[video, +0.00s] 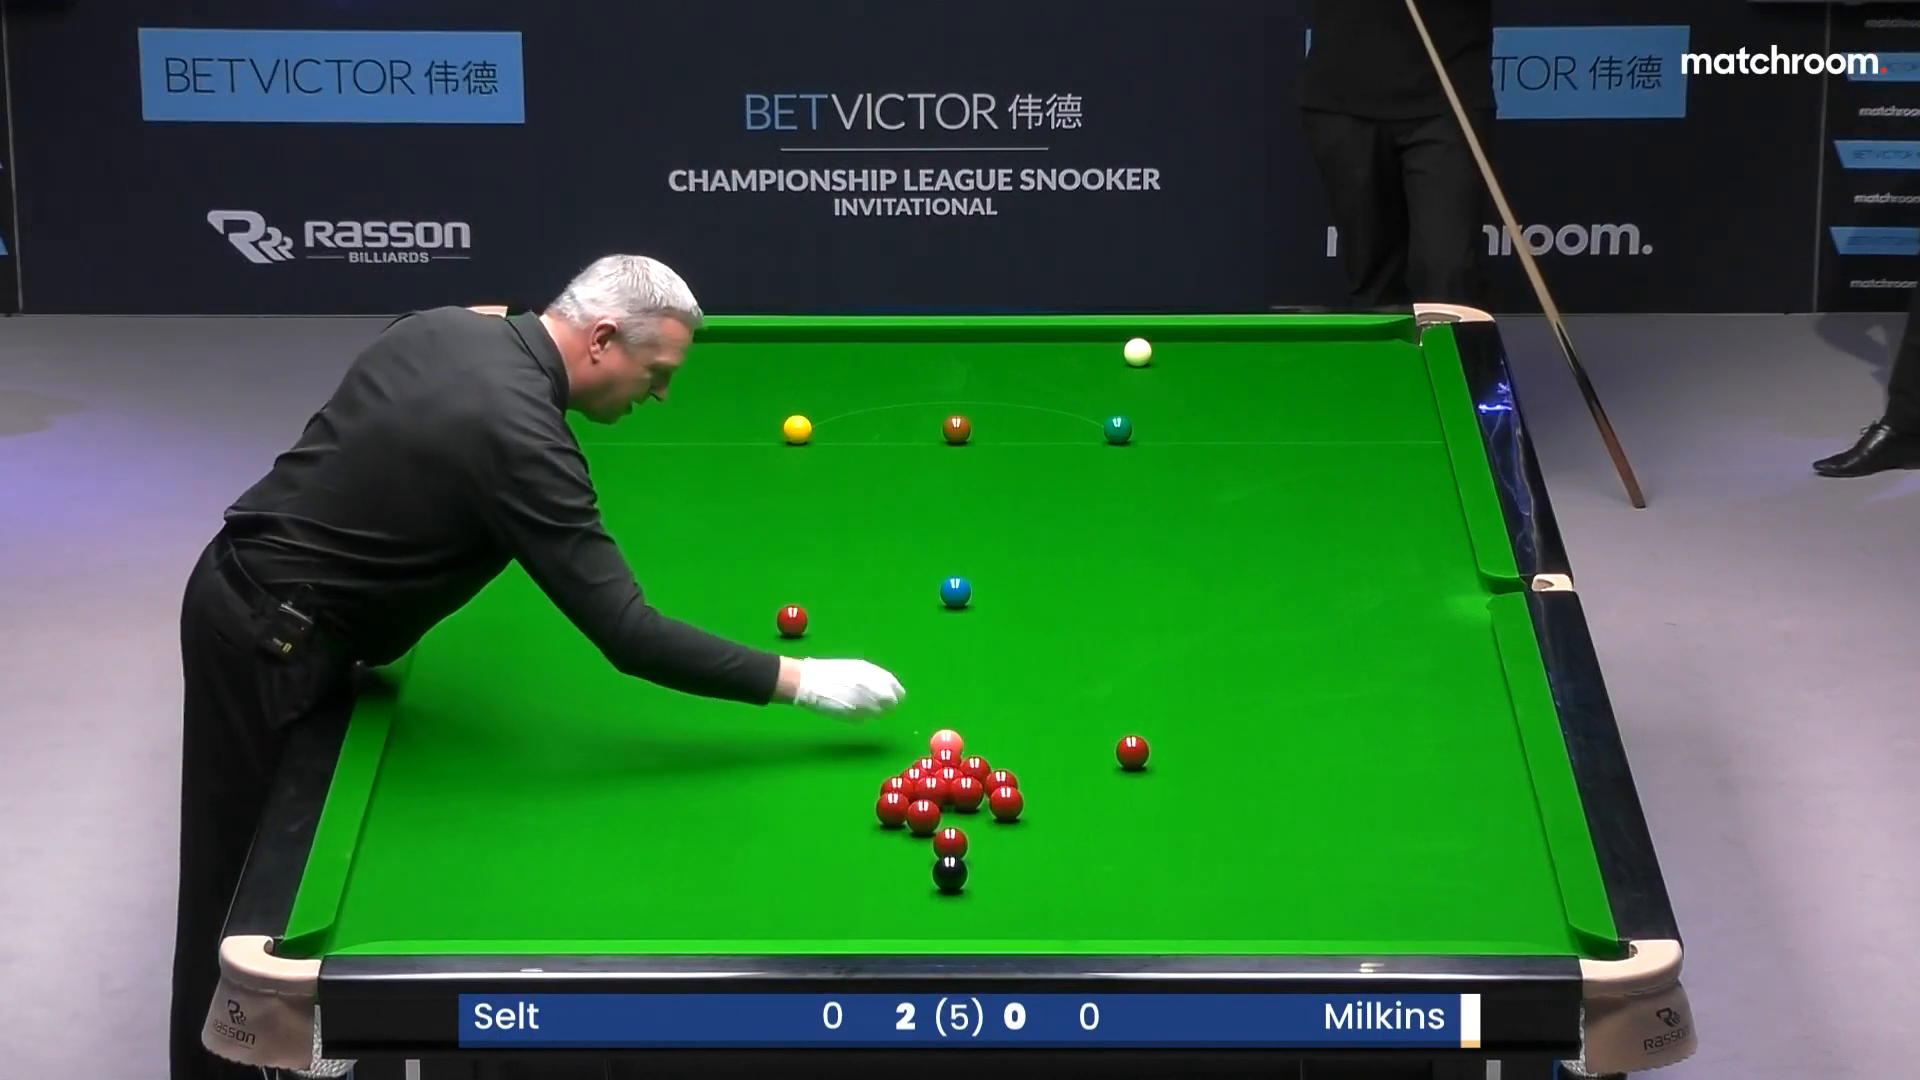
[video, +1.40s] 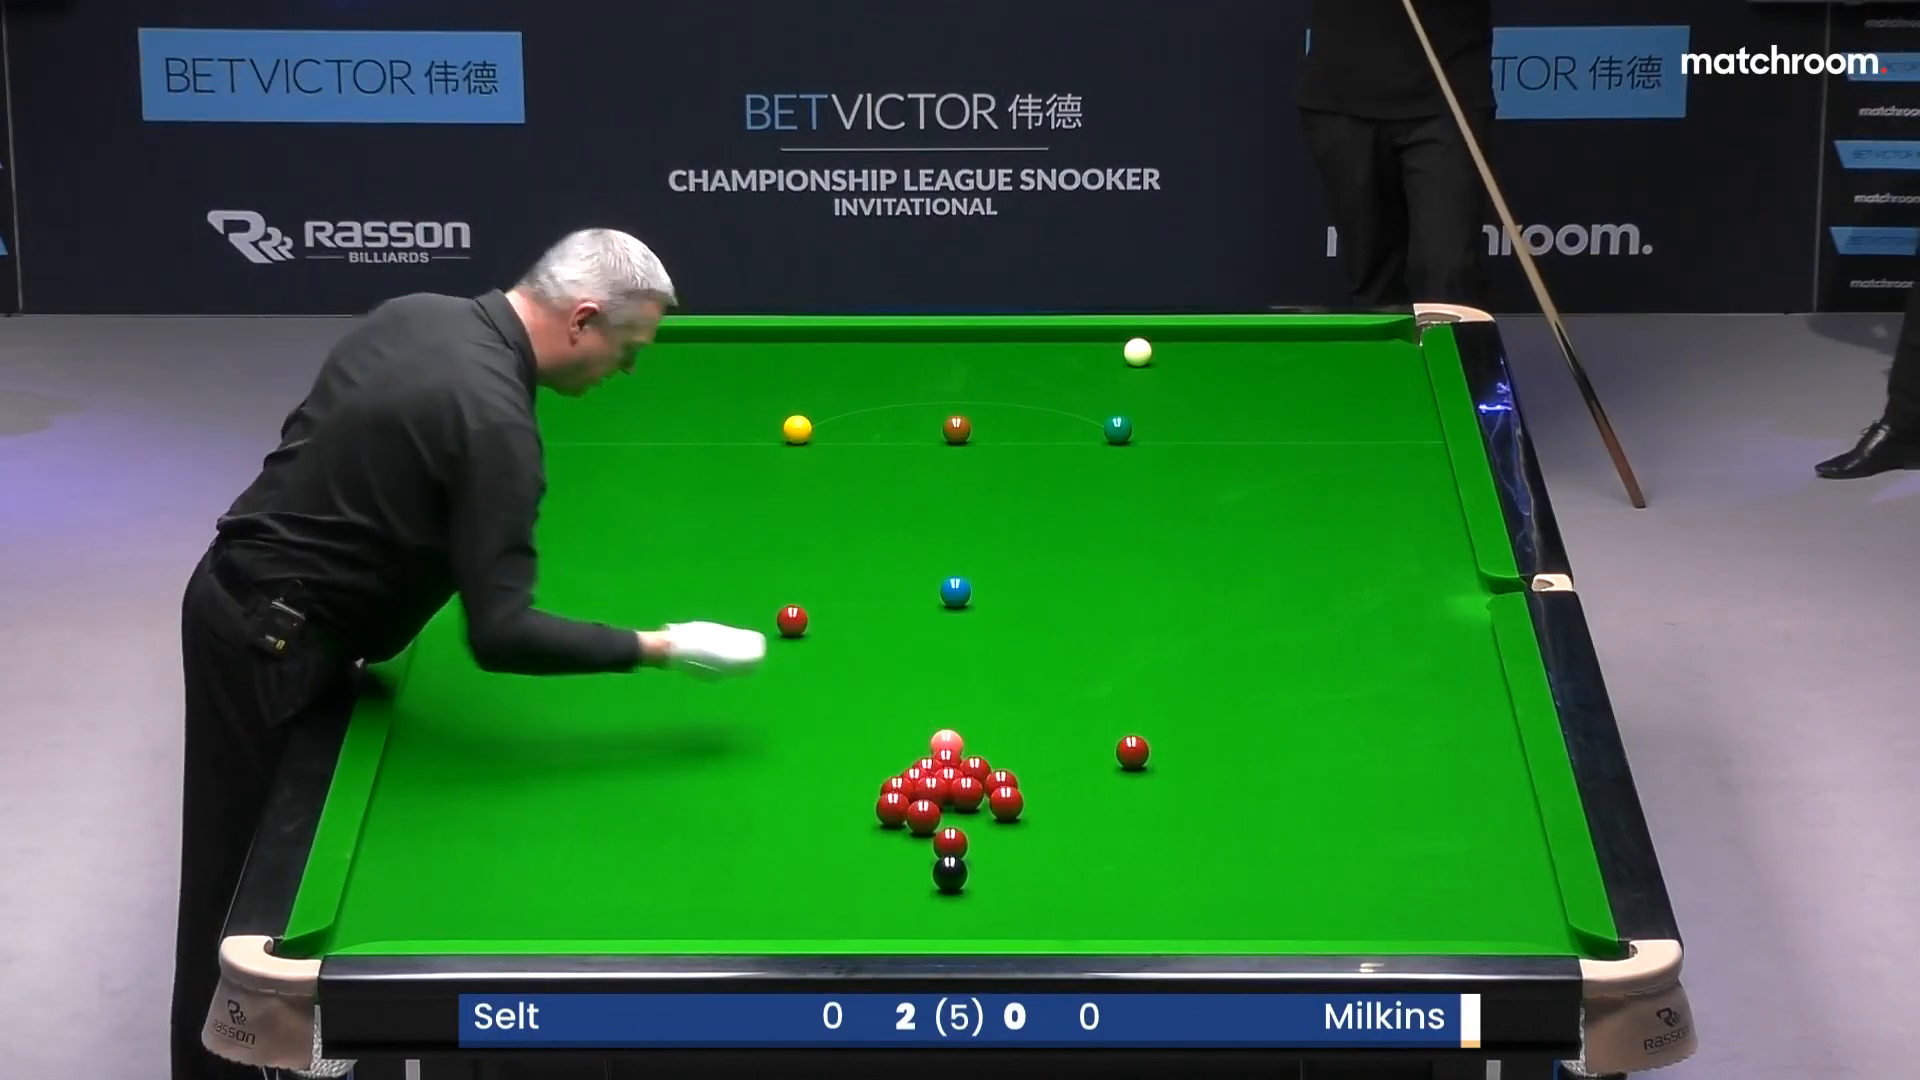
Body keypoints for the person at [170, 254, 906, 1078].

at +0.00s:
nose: (655, 393)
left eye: (666, 376)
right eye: (656, 372)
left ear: (584, 318)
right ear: (601, 334)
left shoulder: (446, 326)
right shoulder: (524, 432)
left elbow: (339, 448)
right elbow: (629, 631)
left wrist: (362, 615)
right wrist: (797, 675)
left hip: (240, 587)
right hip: (276, 635)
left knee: (240, 878)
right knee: (247, 892)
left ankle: (225, 1056)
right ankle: (219, 1063)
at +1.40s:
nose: (622, 369)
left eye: (632, 353)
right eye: (627, 349)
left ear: (565, 307)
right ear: (583, 317)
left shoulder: (415, 314)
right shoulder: (497, 422)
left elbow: (302, 445)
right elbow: (501, 635)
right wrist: (658, 644)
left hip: (234, 597)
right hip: (278, 640)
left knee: (234, 876)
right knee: (247, 890)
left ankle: (224, 1055)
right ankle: (216, 1061)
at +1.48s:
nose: (587, 356)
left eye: (600, 340)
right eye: (599, 338)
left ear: (521, 272)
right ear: (570, 307)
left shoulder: (391, 306)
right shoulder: (472, 410)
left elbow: (298, 445)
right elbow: (447, 612)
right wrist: (593, 630)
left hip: (225, 598)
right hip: (270, 638)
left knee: (236, 869)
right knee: (248, 883)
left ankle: (217, 1050)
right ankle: (214, 1057)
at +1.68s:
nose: (526, 307)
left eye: (533, 291)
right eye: (534, 292)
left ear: (452, 228)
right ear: (514, 282)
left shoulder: (329, 286)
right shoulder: (406, 369)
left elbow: (264, 448)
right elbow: (337, 556)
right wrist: (463, 596)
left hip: (207, 603)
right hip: (258, 635)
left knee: (225, 856)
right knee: (246, 867)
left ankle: (212, 1051)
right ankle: (217, 1059)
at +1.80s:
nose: (486, 298)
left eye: (497, 282)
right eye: (495, 280)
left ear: (411, 220)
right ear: (472, 263)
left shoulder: (298, 281)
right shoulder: (371, 349)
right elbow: (304, 540)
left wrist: (440, 317)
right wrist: (417, 584)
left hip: (194, 608)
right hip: (245, 634)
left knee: (217, 856)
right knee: (242, 866)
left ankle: (208, 1052)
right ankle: (215, 1060)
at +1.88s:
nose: (460, 296)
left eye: (473, 279)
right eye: (470, 277)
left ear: (391, 221)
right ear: (441, 250)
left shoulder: (280, 278)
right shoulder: (347, 343)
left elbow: (268, 430)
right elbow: (291, 535)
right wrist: (402, 580)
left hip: (183, 608)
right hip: (231, 633)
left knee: (212, 854)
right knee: (234, 865)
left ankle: (207, 1053)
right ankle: (212, 1061)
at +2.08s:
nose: (401, 296)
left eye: (415, 280)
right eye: (409, 274)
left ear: (354, 224)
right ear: (366, 235)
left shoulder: (230, 279)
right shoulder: (280, 337)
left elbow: (223, 444)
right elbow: (241, 535)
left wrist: (333, 498)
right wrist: (359, 574)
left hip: (156, 615)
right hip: (190, 639)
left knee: (205, 874)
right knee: (207, 892)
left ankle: (153, 1058)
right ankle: (140, 1066)